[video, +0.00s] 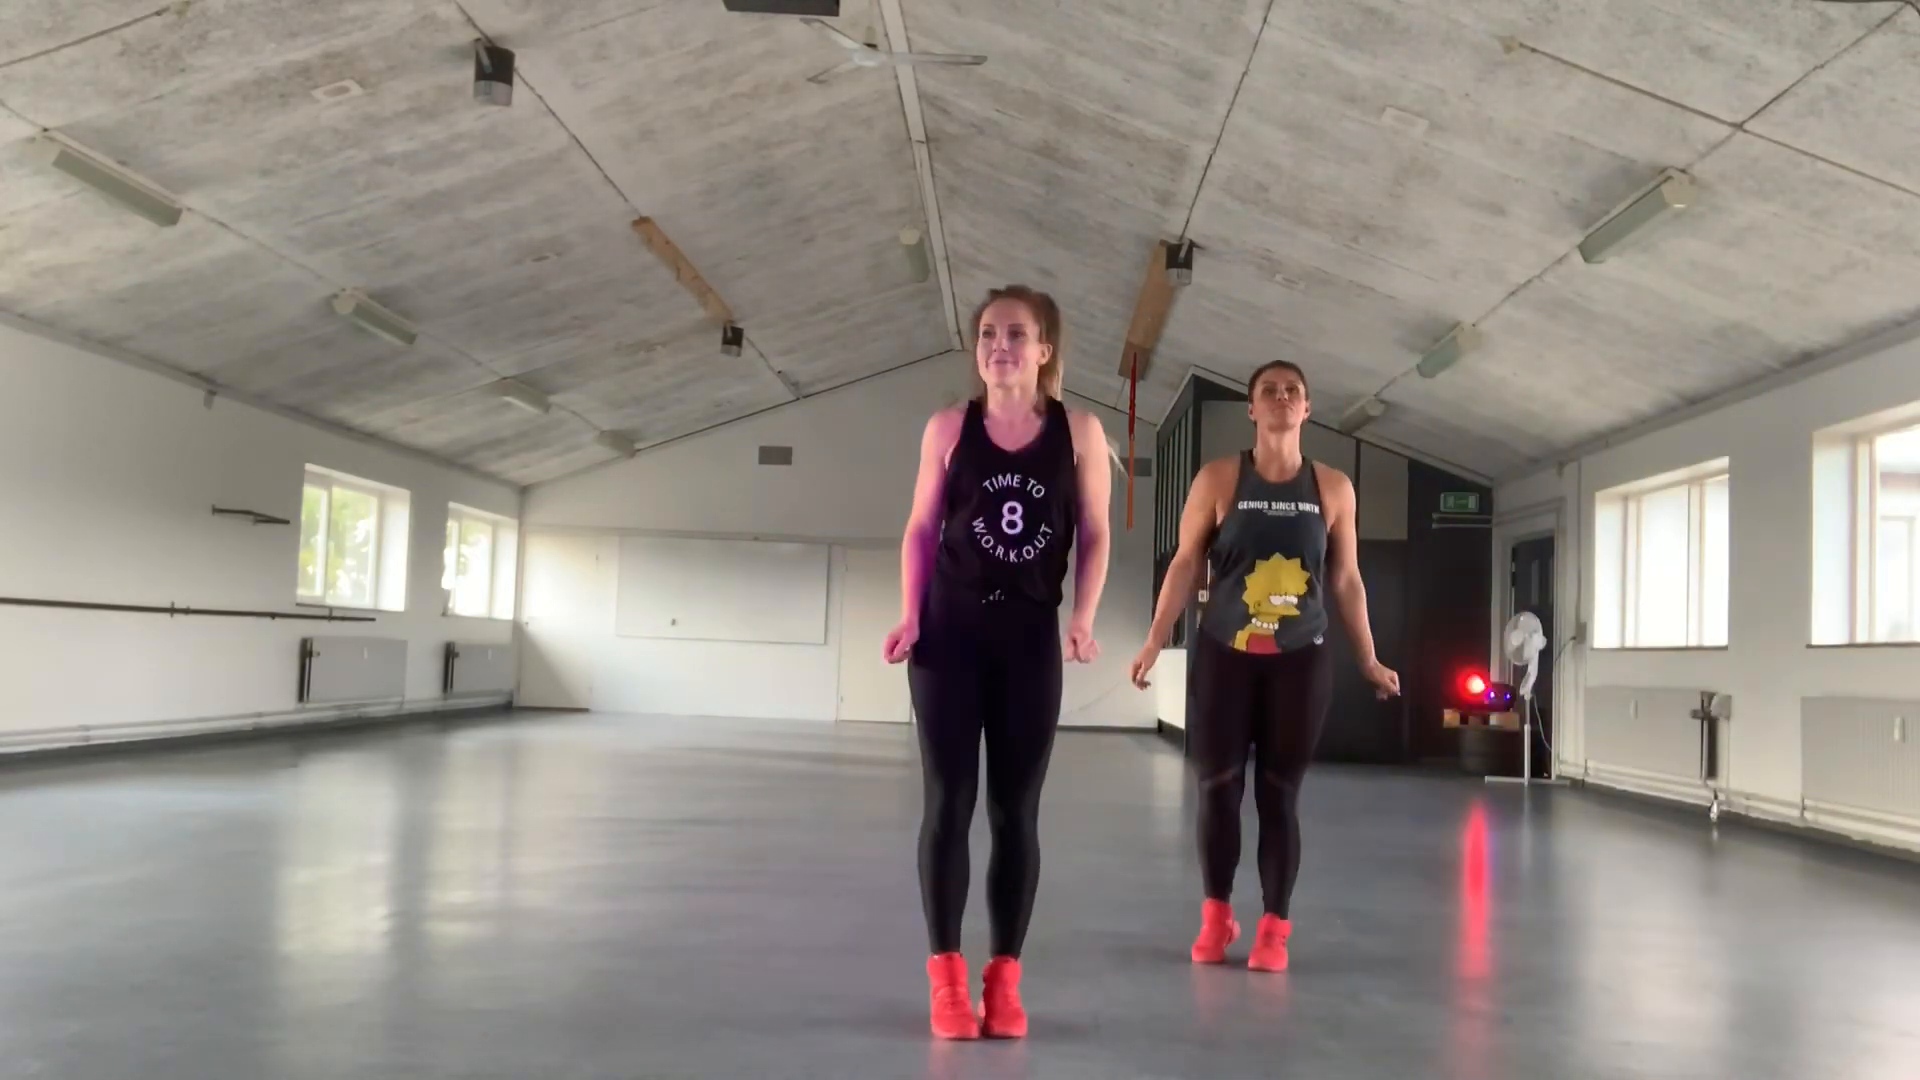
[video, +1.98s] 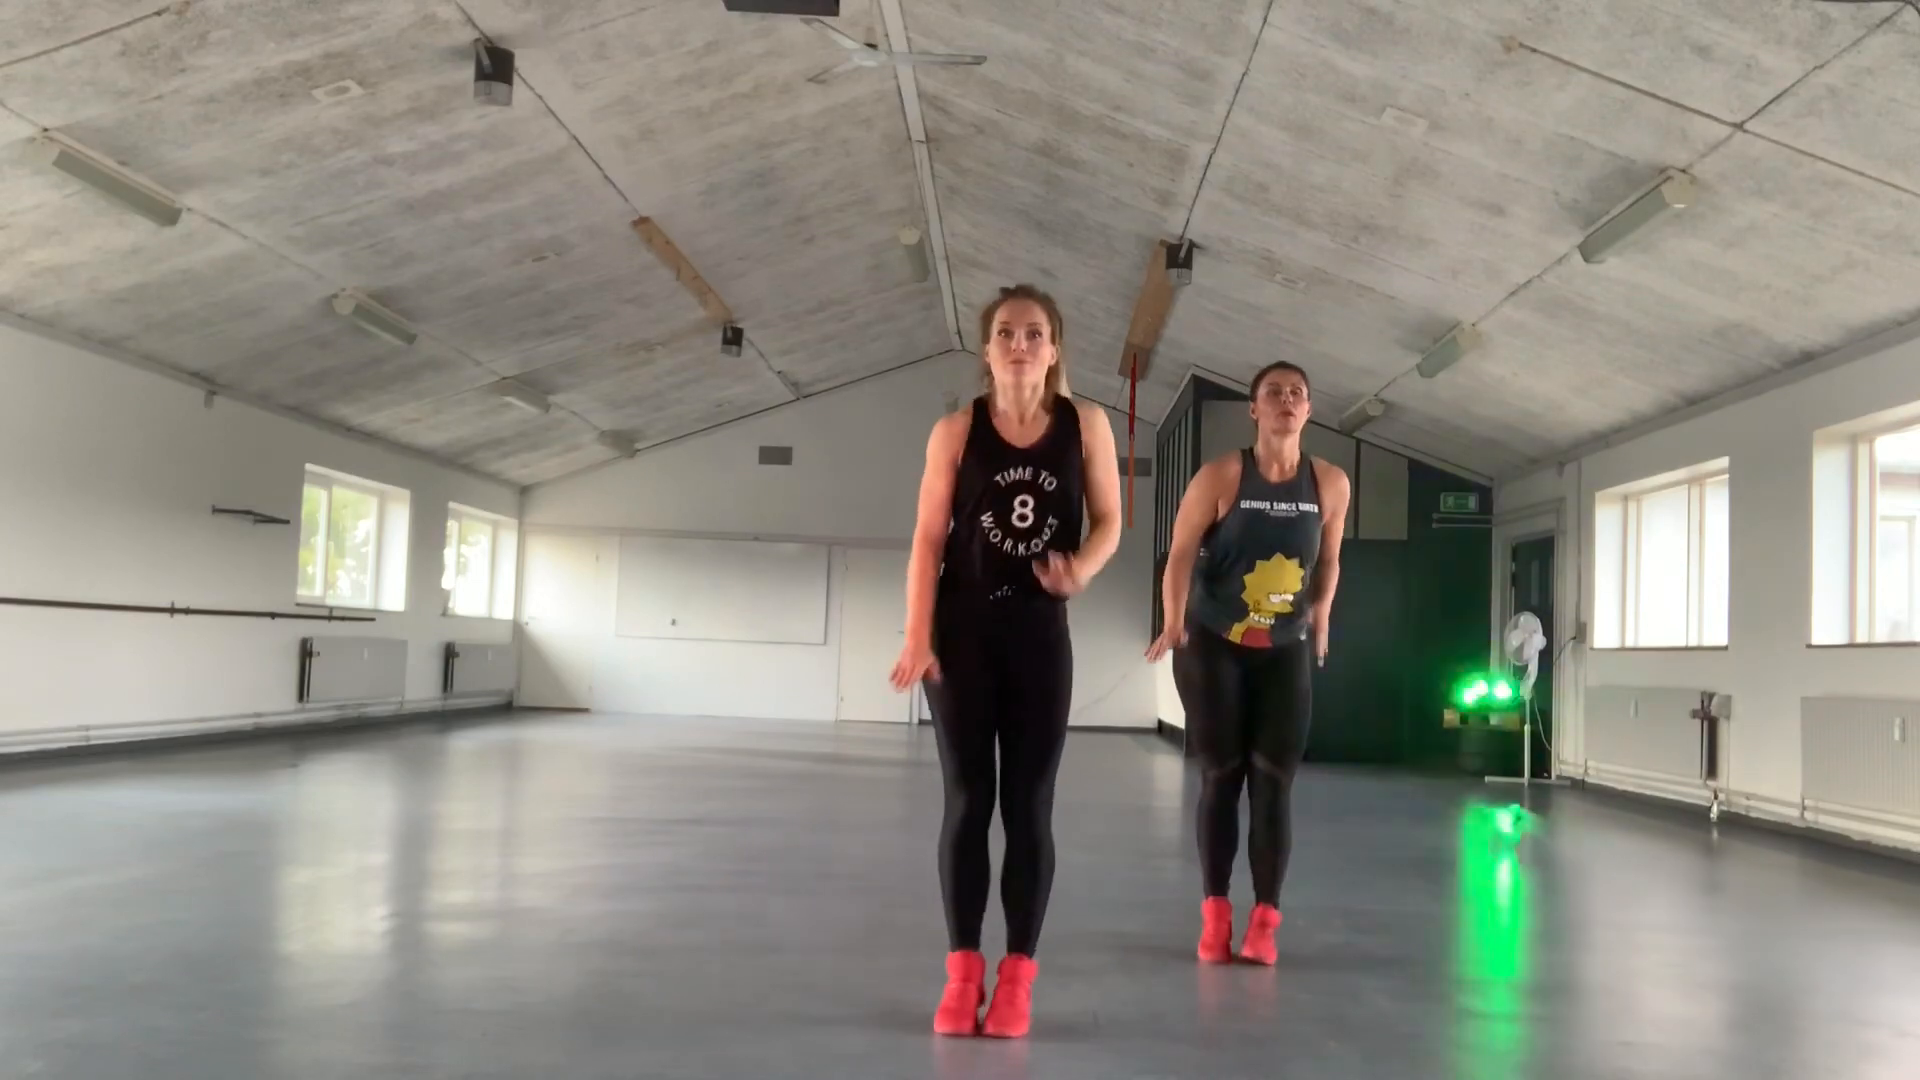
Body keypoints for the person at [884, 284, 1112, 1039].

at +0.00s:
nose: (999, 346)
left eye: (1017, 334)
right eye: (989, 333)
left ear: (1046, 349)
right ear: (974, 346)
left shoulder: (1080, 433)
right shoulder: (947, 428)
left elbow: (1094, 535)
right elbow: (922, 528)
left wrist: (1082, 613)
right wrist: (911, 612)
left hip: (1028, 641)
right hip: (947, 637)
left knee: (1016, 810)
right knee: (949, 802)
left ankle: (1005, 975)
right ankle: (946, 970)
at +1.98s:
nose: (1019, 344)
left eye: (1033, 333)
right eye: (1007, 333)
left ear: (1054, 348)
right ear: (986, 347)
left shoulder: (1087, 426)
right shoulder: (954, 432)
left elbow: (1108, 522)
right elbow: (928, 539)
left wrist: (1080, 568)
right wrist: (917, 636)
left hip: (1037, 635)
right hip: (960, 633)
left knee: (1027, 805)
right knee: (968, 801)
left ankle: (1018, 971)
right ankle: (962, 966)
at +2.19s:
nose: (1006, 381)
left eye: (1021, 371)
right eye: (993, 368)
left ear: (1043, 385)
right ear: (973, 379)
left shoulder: (1061, 478)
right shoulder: (937, 441)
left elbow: (1076, 581)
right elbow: (900, 517)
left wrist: (1077, 673)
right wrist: (908, 582)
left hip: (1038, 656)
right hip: (958, 650)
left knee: (1028, 823)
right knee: (953, 799)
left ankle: (1016, 970)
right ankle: (956, 913)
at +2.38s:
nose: (971, 364)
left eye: (986, 352)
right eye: (958, 351)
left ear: (1010, 362)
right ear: (939, 359)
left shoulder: (1037, 441)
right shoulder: (910, 425)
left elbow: (1055, 548)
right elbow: (880, 515)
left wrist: (1038, 623)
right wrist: (874, 597)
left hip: (1005, 641)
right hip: (927, 638)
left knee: (1007, 808)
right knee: (914, 792)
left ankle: (1012, 970)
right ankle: (917, 934)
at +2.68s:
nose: (910, 402)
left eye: (926, 389)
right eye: (899, 388)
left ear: (952, 402)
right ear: (883, 396)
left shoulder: (967, 491)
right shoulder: (860, 445)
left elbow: (982, 598)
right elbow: (830, 523)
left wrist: (985, 692)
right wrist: (831, 596)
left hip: (954, 661)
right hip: (879, 652)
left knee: (946, 826)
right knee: (852, 758)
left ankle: (928, 962)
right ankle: (838, 883)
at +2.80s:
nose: (879, 365)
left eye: (895, 353)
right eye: (868, 351)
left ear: (921, 361)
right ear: (851, 356)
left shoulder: (949, 431)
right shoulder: (826, 418)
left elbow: (969, 535)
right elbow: (804, 514)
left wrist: (949, 613)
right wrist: (794, 601)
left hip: (915, 636)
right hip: (835, 632)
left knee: (911, 801)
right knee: (812, 778)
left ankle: (917, 953)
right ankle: (784, 926)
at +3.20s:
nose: (801, 387)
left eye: (816, 376)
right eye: (789, 374)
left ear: (841, 384)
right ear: (773, 380)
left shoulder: (863, 466)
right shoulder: (748, 431)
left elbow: (872, 565)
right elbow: (714, 512)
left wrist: (866, 661)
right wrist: (713, 594)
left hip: (833, 651)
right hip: (757, 641)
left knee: (812, 806)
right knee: (733, 768)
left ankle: (795, 950)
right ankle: (723, 903)